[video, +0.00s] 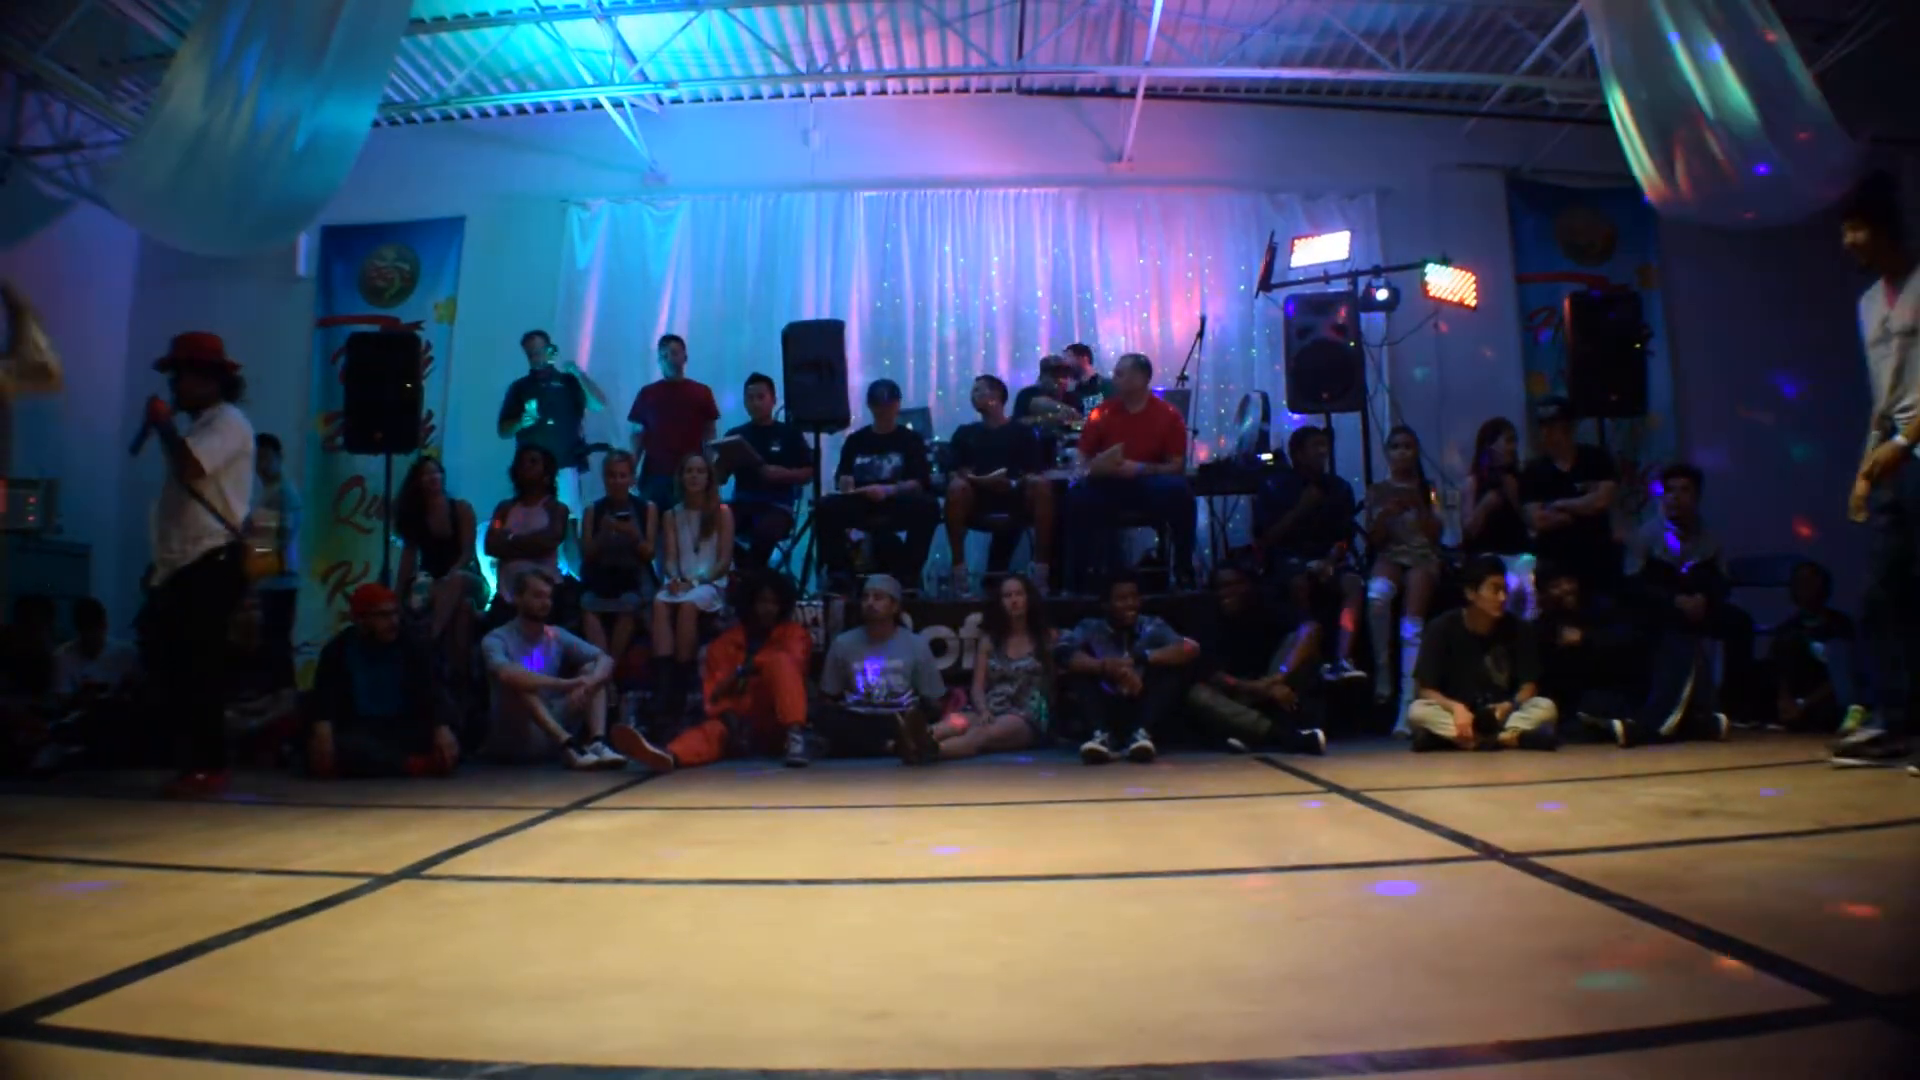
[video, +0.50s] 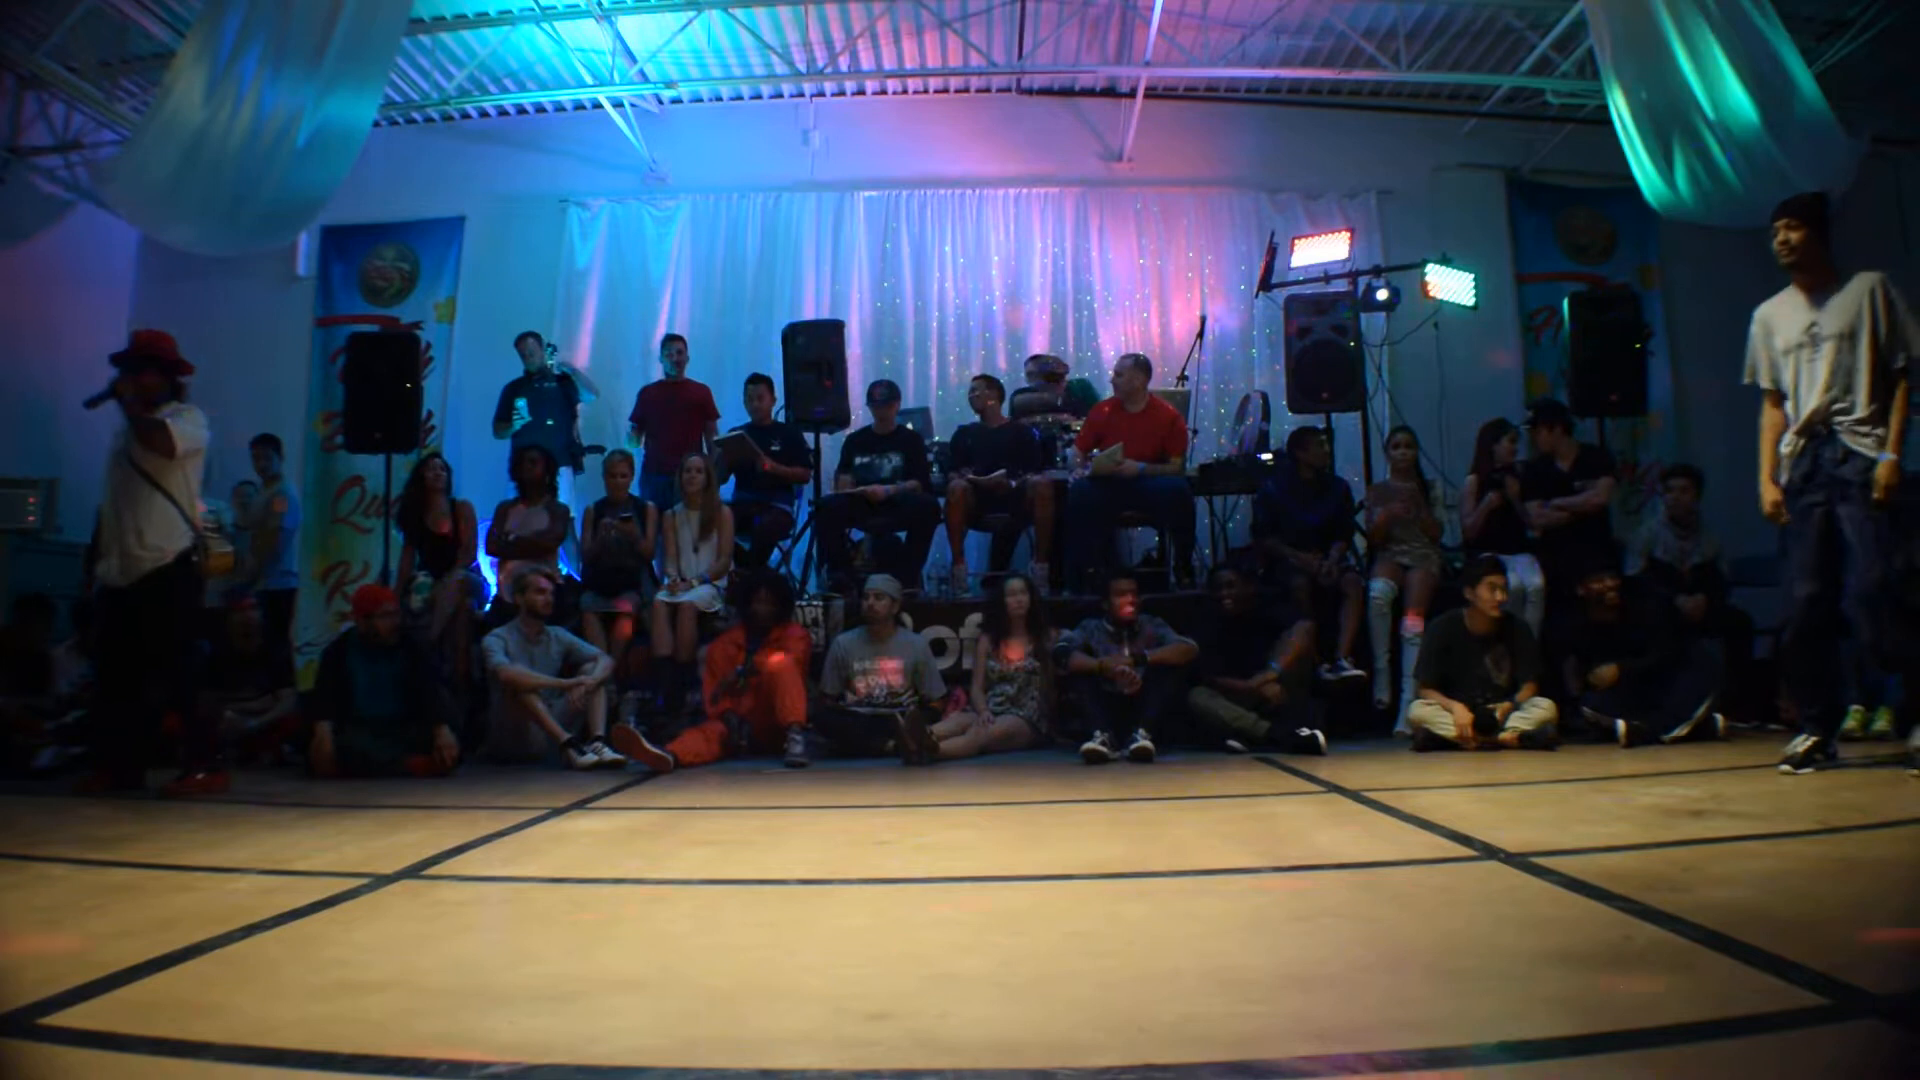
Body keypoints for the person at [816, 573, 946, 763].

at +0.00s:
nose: (870, 604)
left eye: (878, 598)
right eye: (866, 598)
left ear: (894, 606)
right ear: (861, 602)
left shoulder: (915, 645)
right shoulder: (843, 644)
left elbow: (934, 701)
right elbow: (829, 698)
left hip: (903, 718)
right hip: (857, 718)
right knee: (822, 717)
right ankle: (889, 745)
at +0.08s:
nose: (870, 604)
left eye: (878, 598)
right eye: (866, 597)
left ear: (894, 606)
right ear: (861, 602)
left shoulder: (915, 645)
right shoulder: (843, 644)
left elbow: (934, 700)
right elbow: (828, 698)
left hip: (904, 716)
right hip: (859, 717)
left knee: (962, 721)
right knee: (822, 718)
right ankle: (890, 745)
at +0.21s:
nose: (871, 604)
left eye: (878, 598)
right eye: (867, 598)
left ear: (895, 605)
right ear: (862, 603)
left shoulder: (915, 645)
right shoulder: (843, 644)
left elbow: (935, 700)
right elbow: (828, 698)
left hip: (903, 715)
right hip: (858, 716)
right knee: (822, 717)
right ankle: (888, 745)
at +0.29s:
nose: (870, 604)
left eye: (878, 598)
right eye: (866, 598)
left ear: (895, 605)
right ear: (861, 602)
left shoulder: (915, 645)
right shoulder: (843, 644)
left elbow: (934, 700)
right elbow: (828, 698)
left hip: (903, 714)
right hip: (858, 716)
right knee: (820, 714)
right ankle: (889, 745)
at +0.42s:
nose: (870, 604)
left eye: (878, 598)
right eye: (866, 598)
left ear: (895, 606)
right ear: (861, 602)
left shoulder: (915, 646)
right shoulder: (843, 644)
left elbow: (934, 702)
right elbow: (829, 697)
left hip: (902, 720)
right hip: (857, 720)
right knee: (823, 716)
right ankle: (889, 745)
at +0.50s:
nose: (870, 604)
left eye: (878, 598)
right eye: (866, 598)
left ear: (895, 605)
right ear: (861, 602)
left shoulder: (915, 645)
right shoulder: (843, 644)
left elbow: (936, 702)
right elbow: (827, 699)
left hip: (903, 715)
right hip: (859, 717)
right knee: (824, 717)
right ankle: (890, 745)